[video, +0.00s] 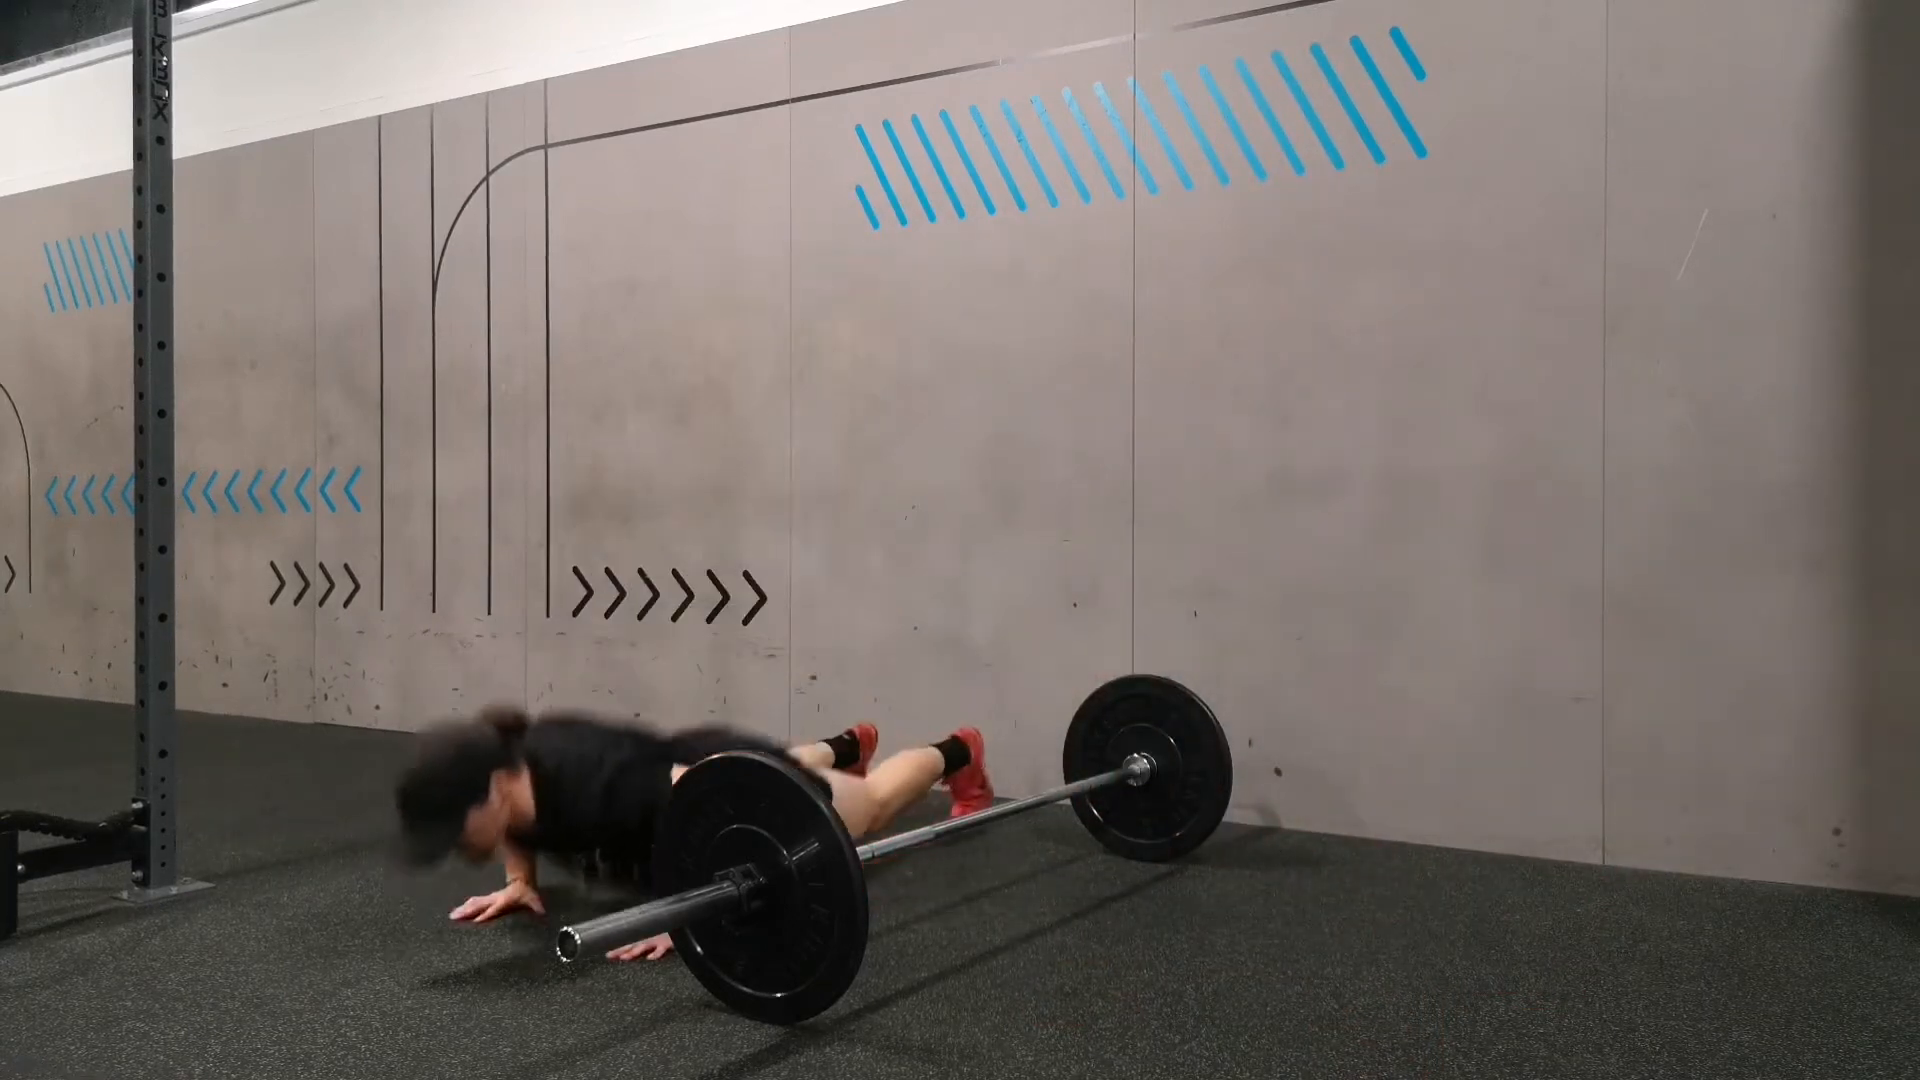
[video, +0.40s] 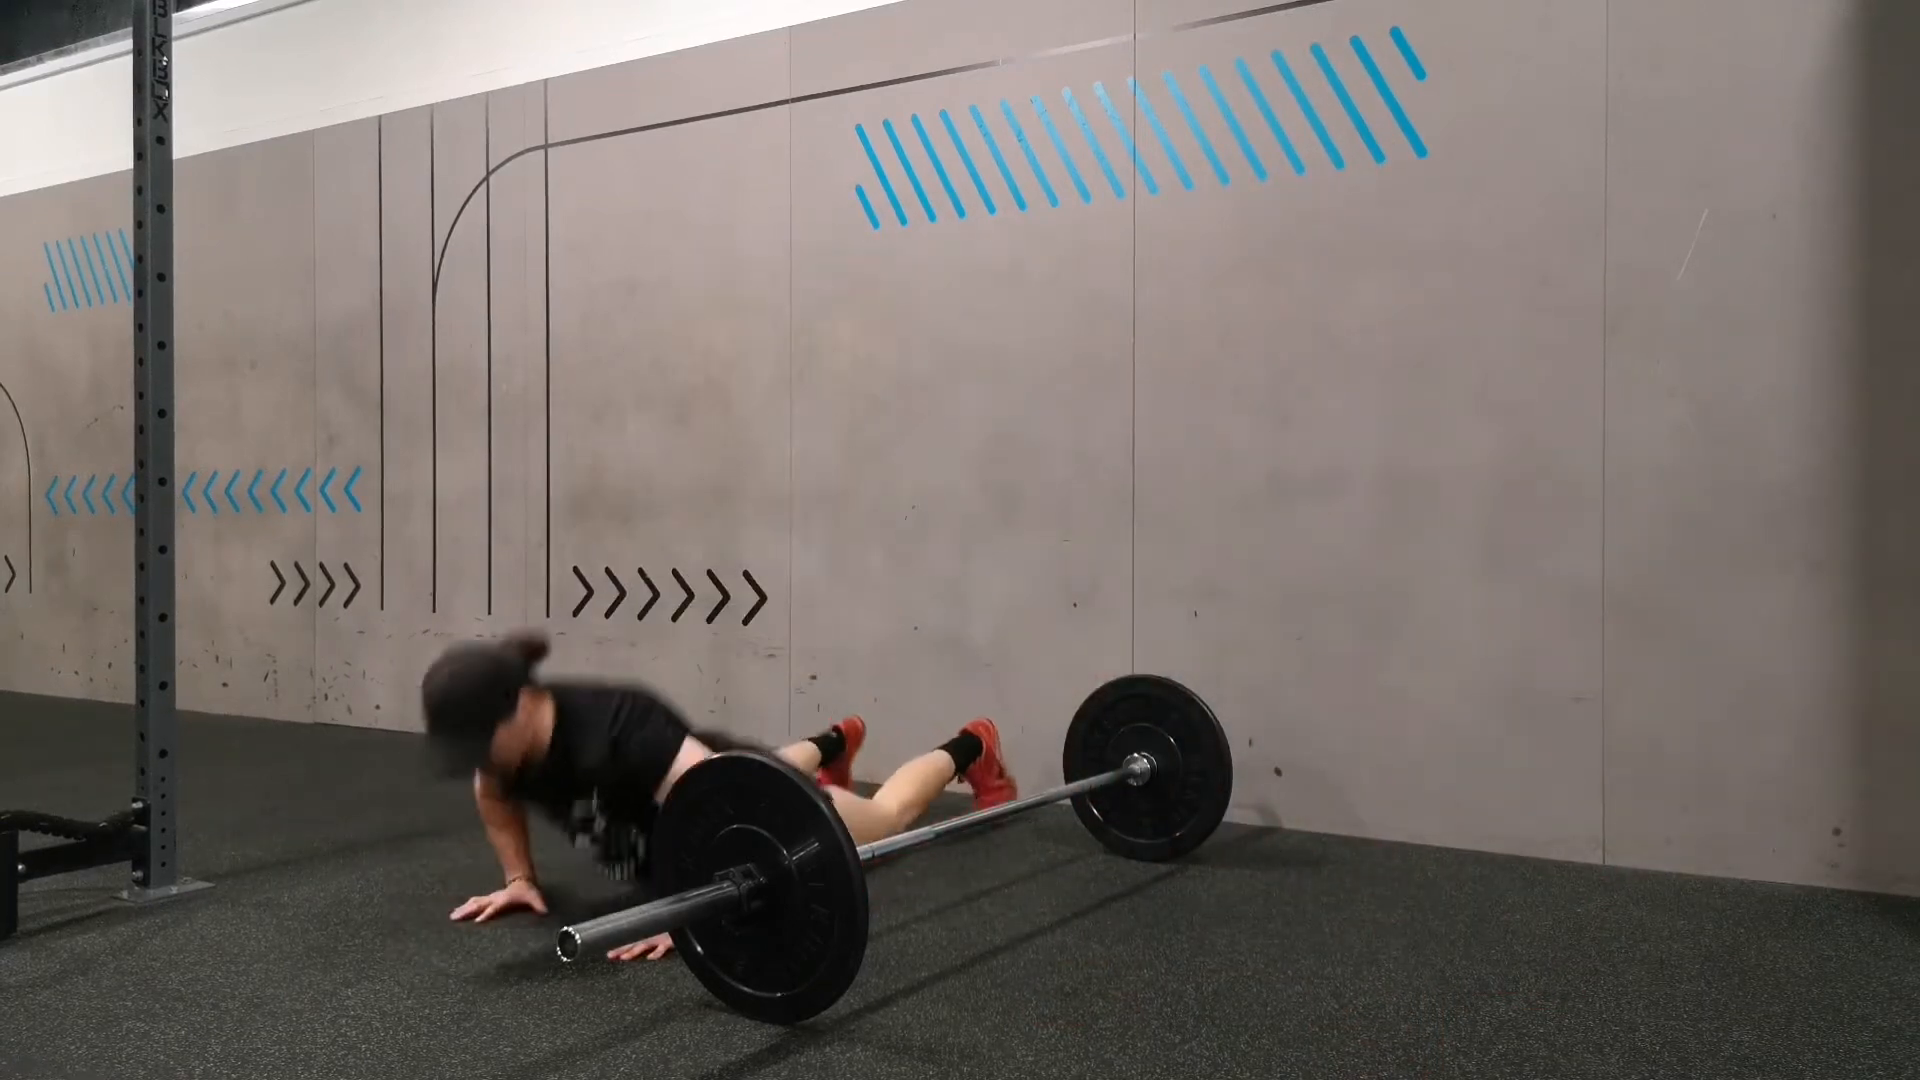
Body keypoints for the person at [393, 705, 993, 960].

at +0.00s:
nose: (465, 847)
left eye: (462, 835)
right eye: (454, 842)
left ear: (489, 801)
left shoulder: (594, 785)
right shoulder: (505, 767)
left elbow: (705, 799)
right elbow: (509, 816)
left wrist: (679, 913)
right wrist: (521, 882)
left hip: (747, 786)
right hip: (689, 763)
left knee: (870, 801)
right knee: (775, 765)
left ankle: (952, 753)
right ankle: (844, 749)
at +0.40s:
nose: (481, 762)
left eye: (484, 746)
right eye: (472, 752)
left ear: (519, 712)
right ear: (490, 727)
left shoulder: (623, 725)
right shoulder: (502, 741)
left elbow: (724, 799)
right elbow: (495, 797)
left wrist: (681, 907)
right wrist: (518, 877)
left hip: (761, 798)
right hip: (693, 788)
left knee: (886, 817)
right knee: (766, 770)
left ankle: (965, 745)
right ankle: (827, 742)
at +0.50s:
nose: (495, 728)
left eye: (497, 713)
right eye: (485, 721)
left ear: (532, 674)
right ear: (497, 695)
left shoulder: (623, 680)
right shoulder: (511, 697)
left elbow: (717, 790)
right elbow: (492, 782)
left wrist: (684, 910)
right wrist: (518, 878)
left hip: (767, 746)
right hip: (691, 758)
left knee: (870, 816)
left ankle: (968, 756)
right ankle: (838, 760)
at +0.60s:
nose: (497, 714)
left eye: (497, 699)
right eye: (486, 707)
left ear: (527, 658)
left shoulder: (614, 656)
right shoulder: (508, 668)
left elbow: (702, 791)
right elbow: (500, 775)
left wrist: (683, 909)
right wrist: (518, 878)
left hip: (765, 661)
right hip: (693, 689)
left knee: (858, 751)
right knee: (733, 750)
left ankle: (970, 747)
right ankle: (824, 760)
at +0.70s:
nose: (536, 710)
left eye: (538, 693)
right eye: (524, 700)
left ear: (562, 651)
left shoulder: (640, 635)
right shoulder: (525, 643)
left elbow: (681, 775)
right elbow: (522, 764)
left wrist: (678, 906)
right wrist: (521, 877)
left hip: (770, 554)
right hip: (695, 569)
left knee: (851, 724)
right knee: (690, 711)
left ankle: (946, 726)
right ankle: (790, 722)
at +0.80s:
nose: (597, 683)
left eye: (598, 666)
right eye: (582, 674)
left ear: (618, 626)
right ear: (553, 645)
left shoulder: (676, 604)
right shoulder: (572, 627)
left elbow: (706, 756)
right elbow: (555, 761)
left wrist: (676, 898)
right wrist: (524, 878)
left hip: (778, 504)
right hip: (693, 502)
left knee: (814, 683)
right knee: (616, 686)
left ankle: (904, 757)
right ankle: (700, 743)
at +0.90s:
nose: (622, 661)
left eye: (634, 643)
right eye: (607, 652)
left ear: (663, 588)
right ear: (584, 603)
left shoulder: (722, 574)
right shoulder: (598, 599)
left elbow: (757, 717)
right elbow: (570, 738)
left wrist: (695, 834)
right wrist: (519, 863)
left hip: (785, 524)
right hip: (690, 516)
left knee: (794, 663)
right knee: (601, 694)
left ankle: (858, 820)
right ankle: (609, 808)